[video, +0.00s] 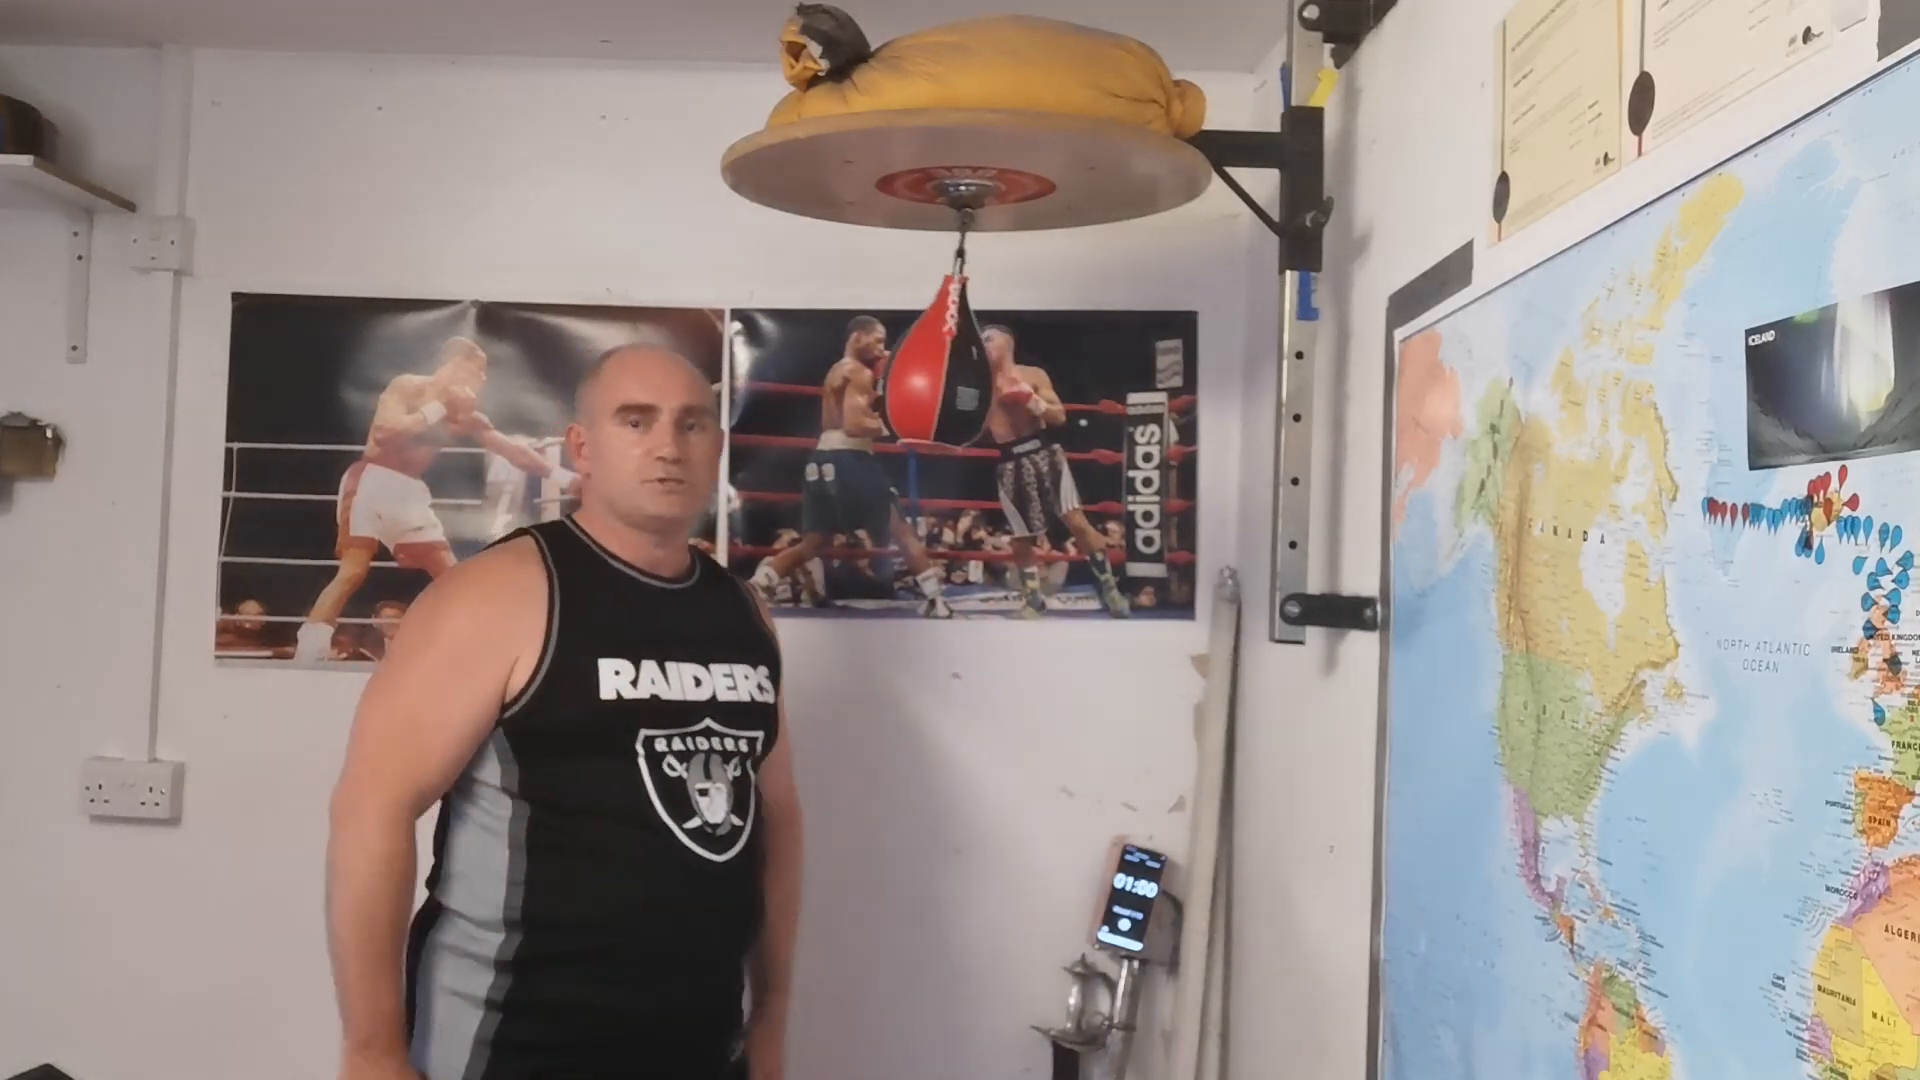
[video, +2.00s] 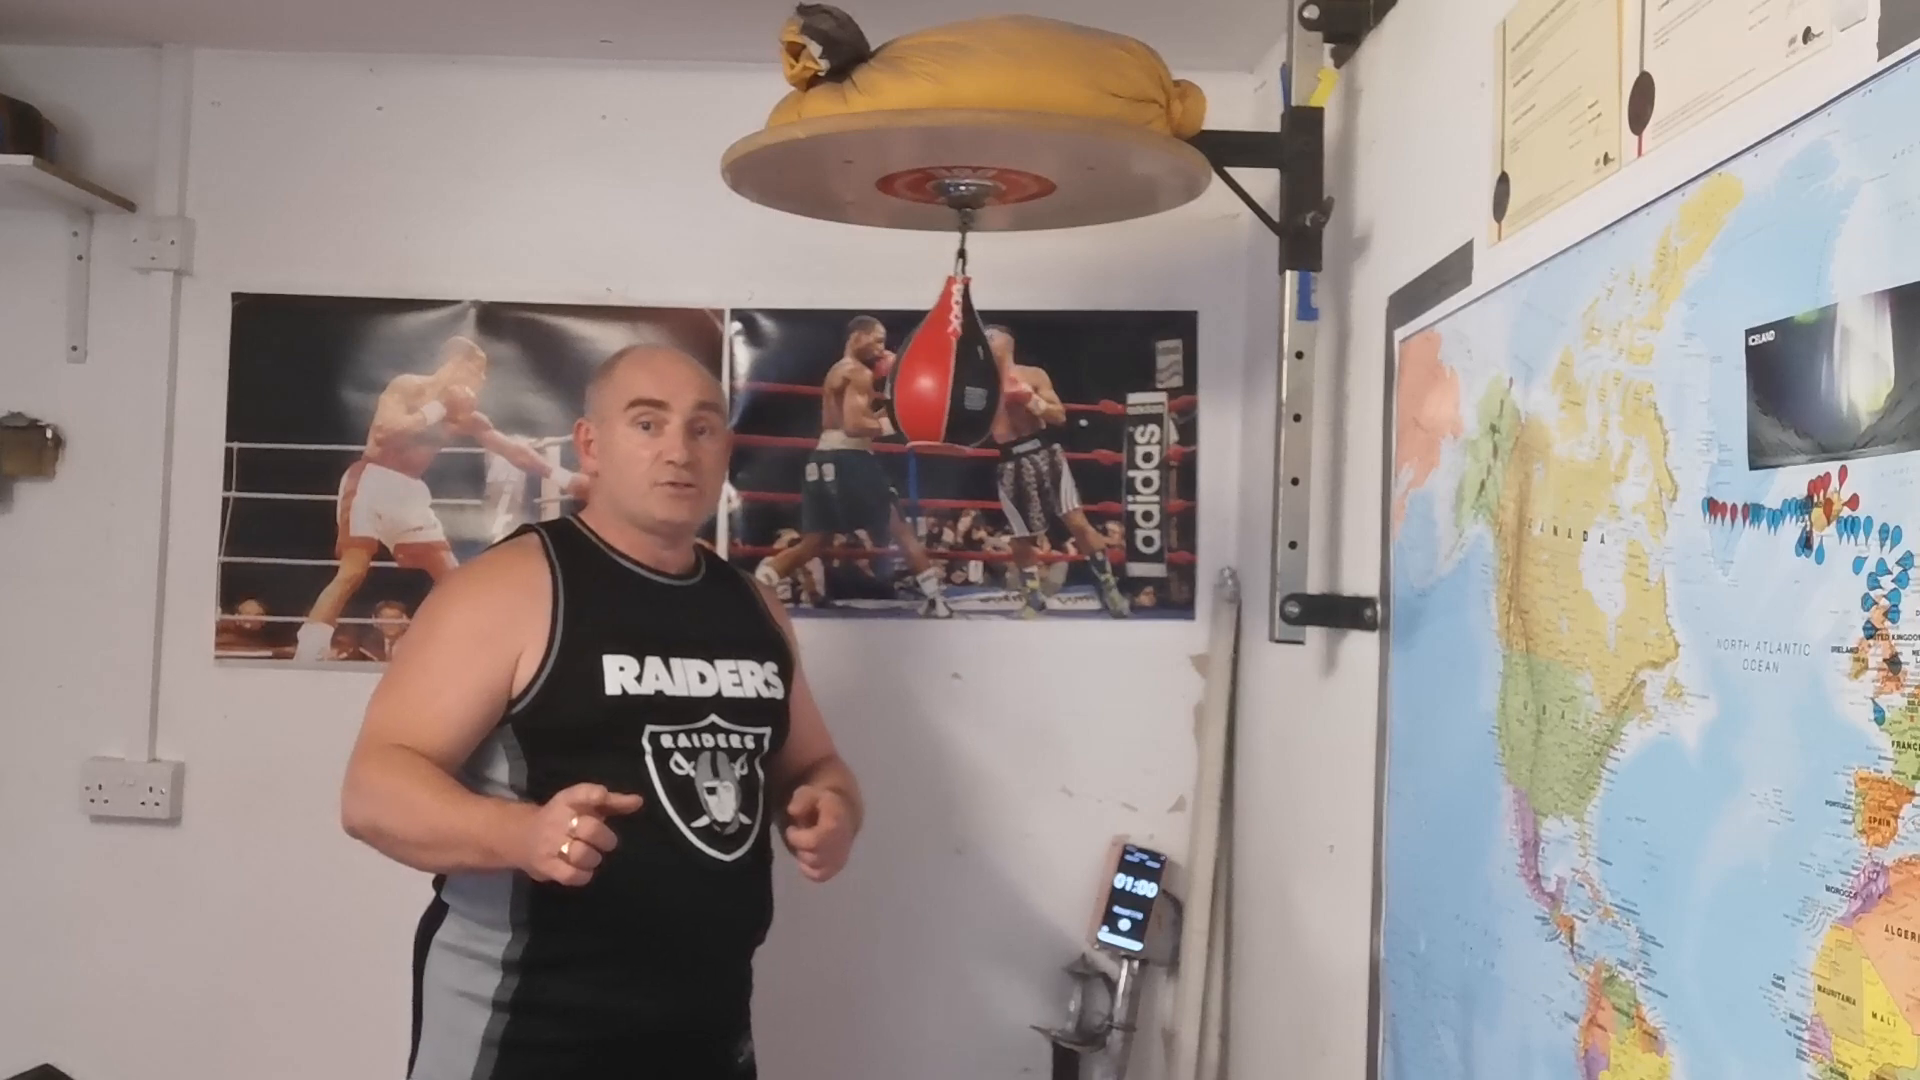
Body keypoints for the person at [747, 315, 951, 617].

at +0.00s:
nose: (882, 349)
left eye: (883, 343)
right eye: (878, 341)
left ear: (854, 341)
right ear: (857, 338)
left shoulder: (833, 373)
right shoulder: (859, 373)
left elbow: (834, 421)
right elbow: (854, 424)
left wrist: (876, 372)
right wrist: (886, 425)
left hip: (820, 462)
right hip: (853, 462)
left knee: (814, 542)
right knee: (903, 531)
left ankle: (754, 588)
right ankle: (937, 600)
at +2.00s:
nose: (881, 348)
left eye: (882, 342)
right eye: (878, 341)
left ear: (855, 340)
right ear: (857, 337)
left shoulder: (833, 373)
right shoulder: (859, 373)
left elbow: (834, 422)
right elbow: (854, 425)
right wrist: (887, 424)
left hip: (820, 462)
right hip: (853, 461)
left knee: (815, 541)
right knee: (900, 529)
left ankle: (756, 588)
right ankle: (936, 597)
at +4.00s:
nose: (881, 349)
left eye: (883, 343)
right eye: (877, 342)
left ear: (856, 340)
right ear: (857, 338)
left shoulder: (834, 373)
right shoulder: (859, 373)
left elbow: (861, 419)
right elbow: (854, 425)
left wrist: (888, 406)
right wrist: (891, 424)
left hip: (820, 463)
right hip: (852, 463)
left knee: (815, 542)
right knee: (901, 529)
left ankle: (756, 587)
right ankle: (935, 597)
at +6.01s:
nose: (881, 348)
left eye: (882, 342)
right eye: (877, 342)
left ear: (854, 341)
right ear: (858, 339)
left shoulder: (834, 372)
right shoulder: (860, 372)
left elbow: (846, 420)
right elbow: (854, 424)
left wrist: (886, 410)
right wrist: (896, 424)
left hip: (820, 463)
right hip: (853, 464)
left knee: (811, 544)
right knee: (902, 531)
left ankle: (753, 589)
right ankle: (935, 598)